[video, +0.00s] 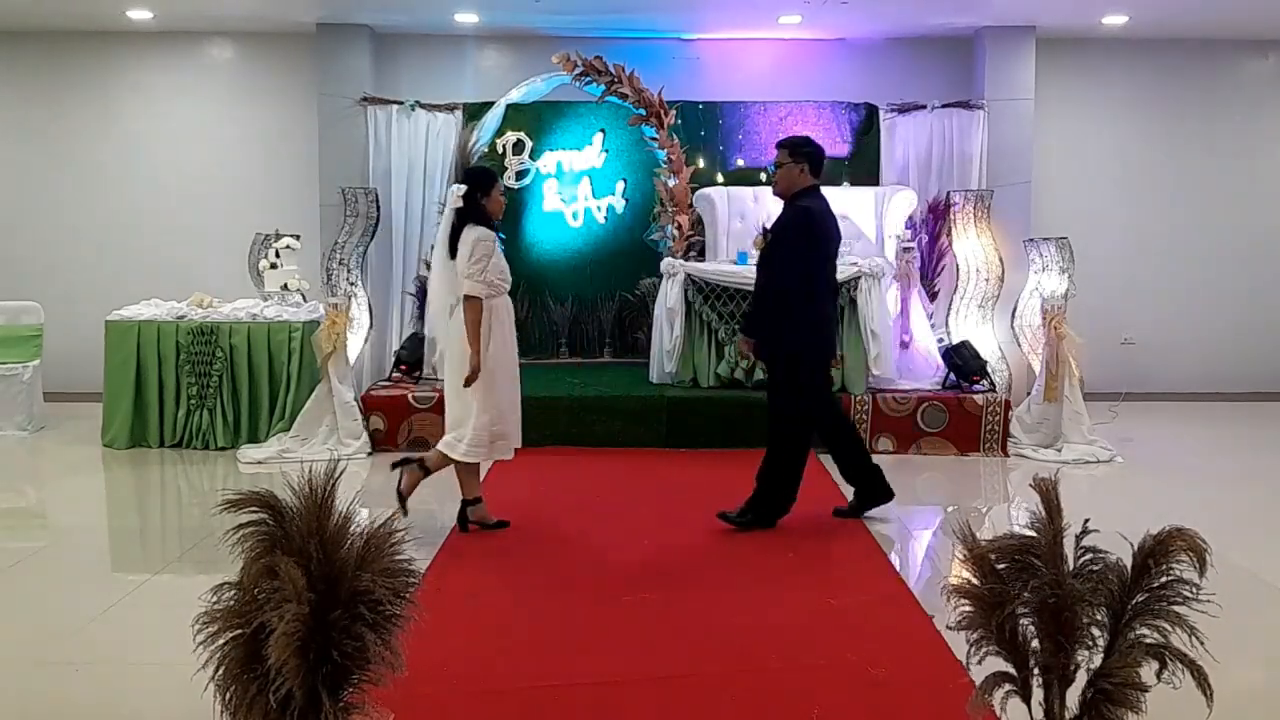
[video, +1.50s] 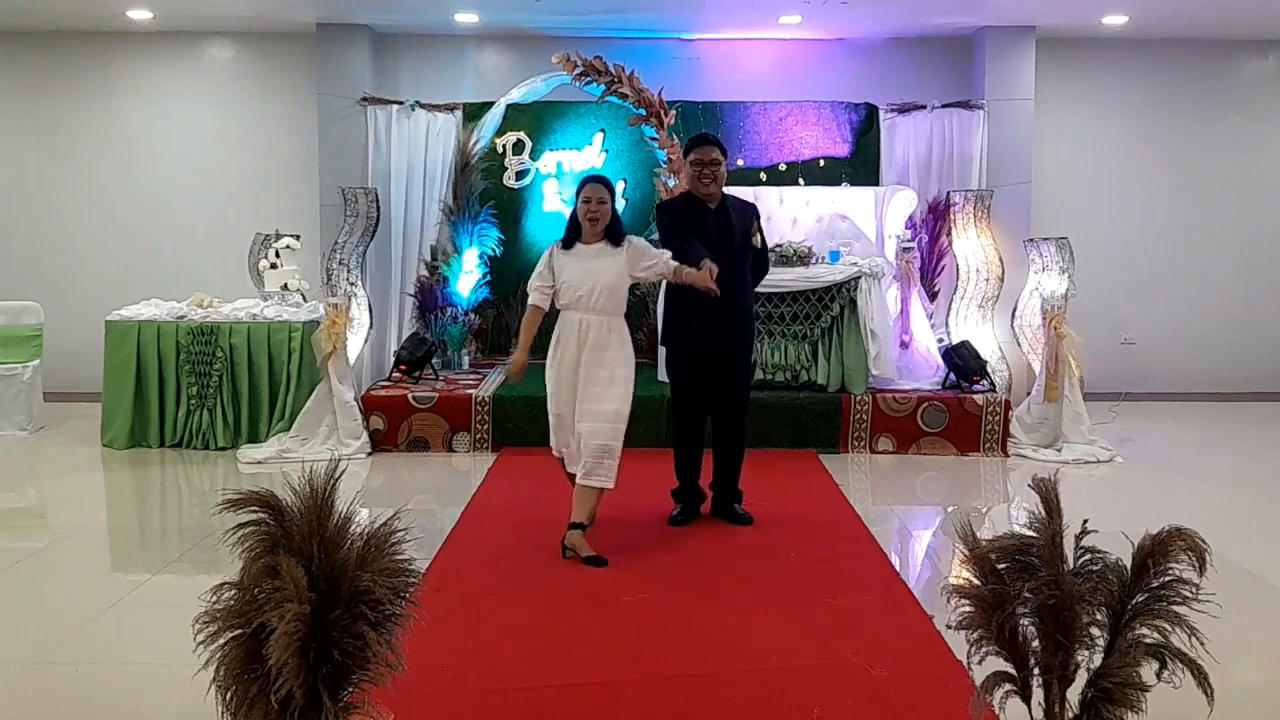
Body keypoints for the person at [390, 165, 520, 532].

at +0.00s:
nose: (504, 201)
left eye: (502, 194)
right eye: (499, 195)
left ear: (474, 198)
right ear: (483, 198)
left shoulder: (462, 232)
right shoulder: (482, 236)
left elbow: (460, 296)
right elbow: (472, 297)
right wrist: (475, 352)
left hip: (467, 340)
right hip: (481, 341)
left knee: (468, 423)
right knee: (482, 423)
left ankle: (473, 506)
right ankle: (419, 470)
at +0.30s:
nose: (530, 200)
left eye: (528, 192)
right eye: (524, 193)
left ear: (504, 199)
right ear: (507, 199)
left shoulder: (499, 235)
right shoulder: (503, 237)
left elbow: (535, 273)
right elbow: (487, 290)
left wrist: (570, 297)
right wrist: (486, 347)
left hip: (489, 346)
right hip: (511, 344)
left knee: (477, 418)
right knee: (545, 411)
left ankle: (473, 504)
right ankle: (551, 497)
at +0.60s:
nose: (550, 203)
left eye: (552, 197)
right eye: (541, 197)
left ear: (553, 200)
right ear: (522, 202)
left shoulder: (556, 238)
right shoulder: (516, 244)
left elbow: (583, 258)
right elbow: (491, 298)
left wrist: (600, 269)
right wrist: (480, 349)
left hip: (558, 335)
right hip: (538, 337)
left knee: (546, 413)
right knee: (555, 415)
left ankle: (502, 475)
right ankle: (562, 499)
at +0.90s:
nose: (561, 201)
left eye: (568, 195)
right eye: (554, 195)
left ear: (577, 199)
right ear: (543, 200)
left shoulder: (596, 239)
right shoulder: (527, 242)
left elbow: (616, 278)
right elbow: (508, 290)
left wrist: (623, 288)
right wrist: (510, 337)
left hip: (588, 329)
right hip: (546, 331)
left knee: (607, 405)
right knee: (558, 412)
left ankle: (608, 483)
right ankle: (571, 494)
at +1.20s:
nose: (574, 208)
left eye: (582, 202)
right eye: (567, 201)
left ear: (593, 208)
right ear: (558, 206)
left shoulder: (606, 244)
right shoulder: (544, 249)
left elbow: (632, 262)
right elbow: (534, 301)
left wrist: (665, 271)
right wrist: (519, 346)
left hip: (598, 342)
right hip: (556, 343)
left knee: (595, 412)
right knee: (563, 421)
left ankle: (597, 487)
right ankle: (590, 495)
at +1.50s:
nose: (593, 209)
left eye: (601, 202)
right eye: (586, 201)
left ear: (612, 208)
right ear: (576, 207)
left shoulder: (629, 249)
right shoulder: (557, 254)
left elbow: (669, 266)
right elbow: (537, 305)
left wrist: (695, 276)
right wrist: (521, 352)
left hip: (611, 350)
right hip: (569, 348)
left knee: (600, 437)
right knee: (566, 435)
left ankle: (576, 532)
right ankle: (585, 504)